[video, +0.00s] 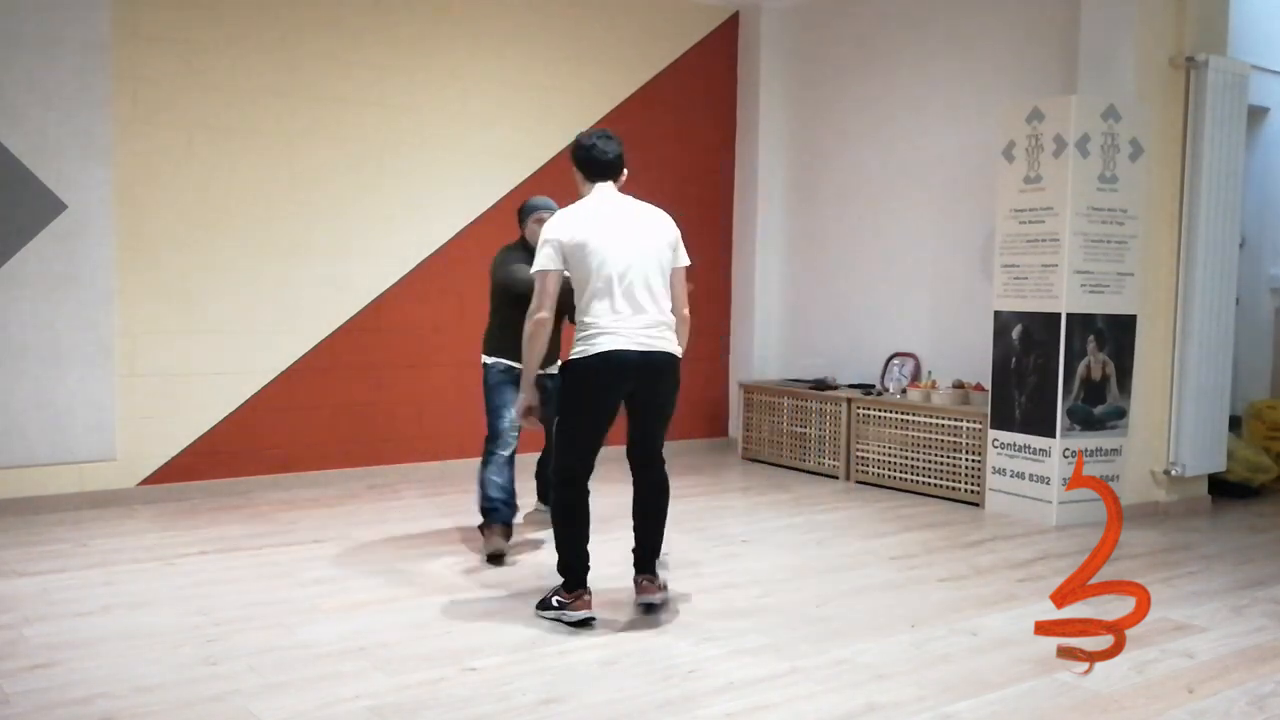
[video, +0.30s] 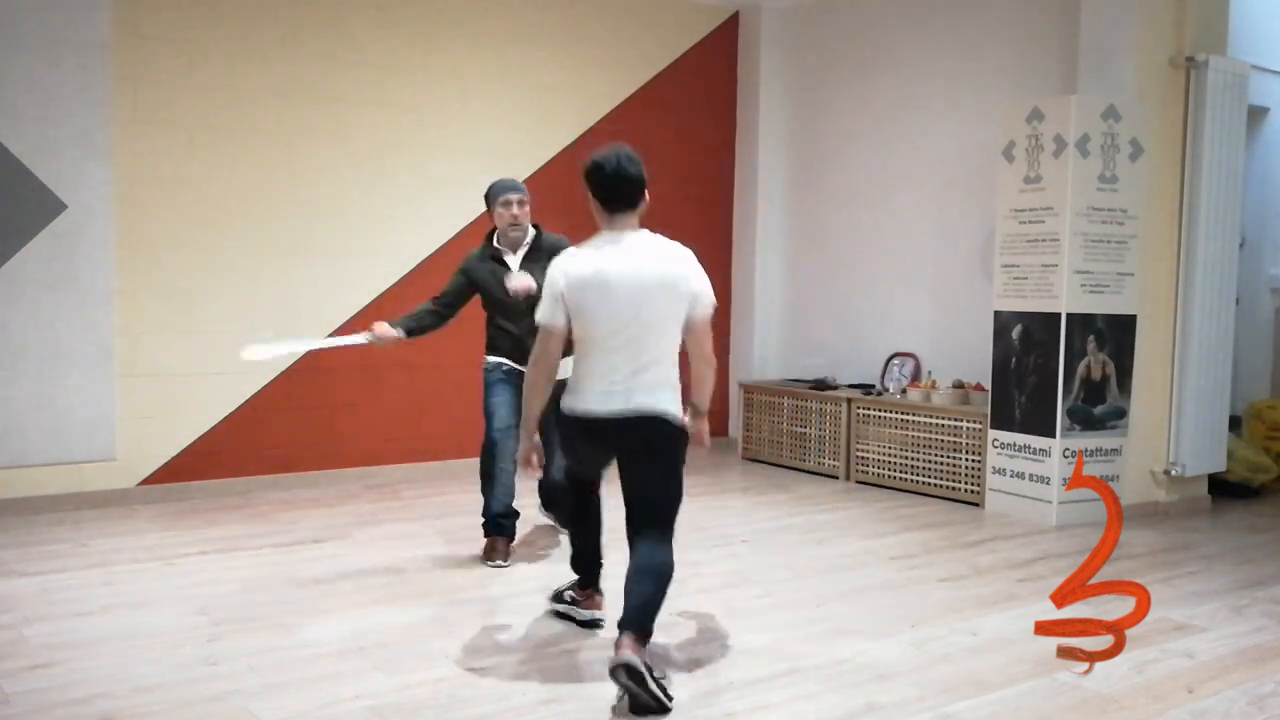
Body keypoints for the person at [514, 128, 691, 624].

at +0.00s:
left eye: (577, 172)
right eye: (622, 167)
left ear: (576, 173)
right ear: (624, 171)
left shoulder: (562, 225)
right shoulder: (663, 221)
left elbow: (543, 313)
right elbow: (681, 309)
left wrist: (528, 386)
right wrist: (670, 364)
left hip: (594, 362)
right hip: (659, 360)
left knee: (568, 472)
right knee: (649, 460)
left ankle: (575, 590)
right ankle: (647, 576)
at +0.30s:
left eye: (595, 194)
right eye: (638, 191)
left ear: (591, 199)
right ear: (645, 196)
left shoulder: (568, 265)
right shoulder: (681, 261)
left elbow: (546, 355)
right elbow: (703, 352)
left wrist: (529, 426)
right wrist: (701, 410)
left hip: (585, 415)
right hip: (656, 417)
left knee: (578, 486)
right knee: (652, 535)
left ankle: (587, 590)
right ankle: (631, 648)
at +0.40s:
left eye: (604, 231)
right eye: (641, 229)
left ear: (598, 236)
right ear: (651, 235)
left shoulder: (570, 302)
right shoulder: (683, 302)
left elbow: (545, 397)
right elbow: (710, 392)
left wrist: (528, 464)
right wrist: (709, 441)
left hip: (587, 456)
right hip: (658, 458)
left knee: (590, 493)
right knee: (653, 566)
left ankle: (605, 593)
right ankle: (630, 672)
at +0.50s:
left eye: (604, 245)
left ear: (601, 251)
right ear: (653, 252)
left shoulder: (568, 309)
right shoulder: (680, 314)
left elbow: (543, 405)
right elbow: (706, 411)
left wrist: (531, 478)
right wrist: (703, 463)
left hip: (581, 458)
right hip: (652, 461)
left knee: (582, 484)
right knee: (650, 568)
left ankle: (603, 592)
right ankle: (630, 667)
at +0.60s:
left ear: (602, 243)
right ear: (652, 251)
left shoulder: (566, 294)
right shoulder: (671, 303)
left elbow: (546, 389)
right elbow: (690, 394)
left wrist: (535, 459)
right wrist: (678, 450)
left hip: (578, 436)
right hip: (643, 437)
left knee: (595, 511)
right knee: (651, 541)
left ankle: (603, 594)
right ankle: (632, 634)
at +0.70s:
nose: (660, 251)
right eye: (661, 243)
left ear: (613, 234)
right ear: (657, 244)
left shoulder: (573, 273)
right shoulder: (657, 280)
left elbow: (556, 361)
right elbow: (667, 369)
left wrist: (551, 437)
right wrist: (655, 419)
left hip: (569, 402)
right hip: (629, 401)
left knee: (605, 488)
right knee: (663, 504)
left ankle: (600, 591)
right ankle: (636, 585)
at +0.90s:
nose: (661, 247)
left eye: (663, 238)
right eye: (663, 236)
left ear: (627, 218)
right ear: (651, 227)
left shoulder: (586, 245)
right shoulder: (617, 231)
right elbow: (639, 304)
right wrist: (640, 348)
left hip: (565, 368)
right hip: (614, 367)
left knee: (604, 472)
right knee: (653, 457)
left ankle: (585, 587)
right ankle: (665, 555)